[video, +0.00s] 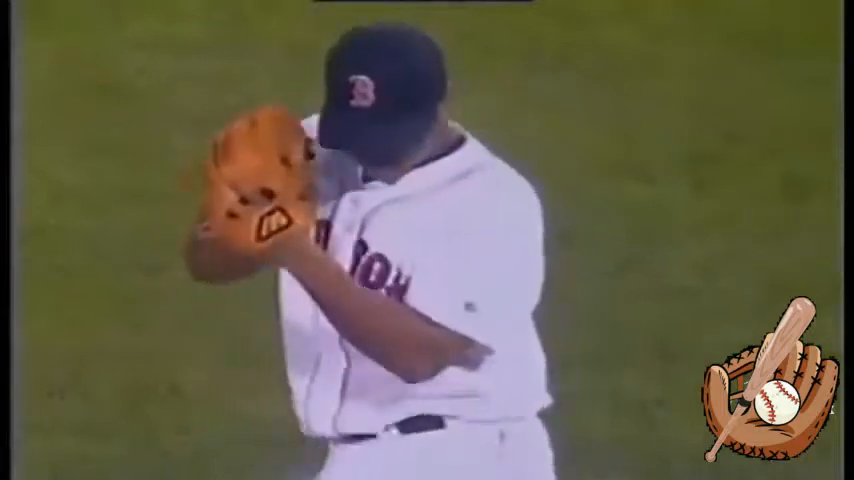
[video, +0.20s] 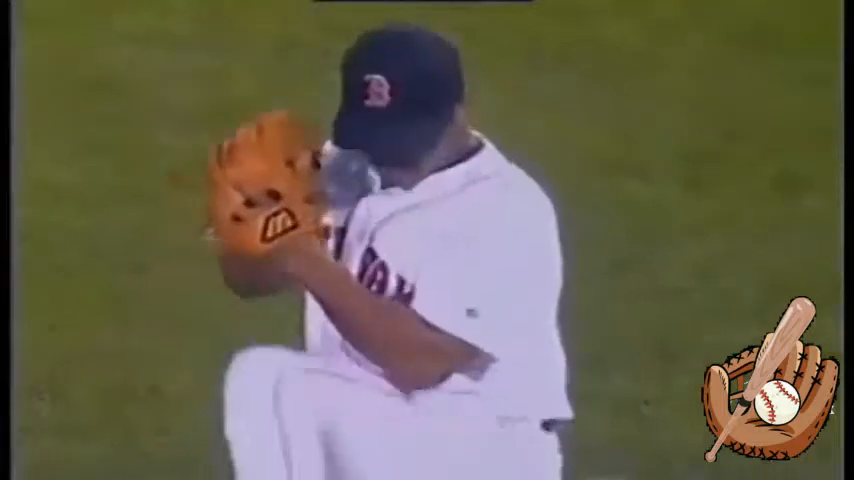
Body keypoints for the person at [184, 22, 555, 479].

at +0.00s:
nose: (372, 158)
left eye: (389, 142)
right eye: (356, 141)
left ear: (437, 111)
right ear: (338, 112)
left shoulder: (499, 200)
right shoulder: (307, 151)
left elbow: (418, 355)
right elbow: (204, 261)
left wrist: (296, 252)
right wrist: (257, 217)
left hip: (475, 451)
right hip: (352, 455)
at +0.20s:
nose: (388, 161)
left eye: (407, 145)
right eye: (374, 143)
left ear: (455, 116)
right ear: (355, 118)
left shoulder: (511, 210)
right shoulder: (348, 172)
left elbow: (417, 364)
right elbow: (250, 280)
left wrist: (302, 259)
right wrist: (249, 215)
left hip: (498, 446)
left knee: (288, 392)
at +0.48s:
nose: (425, 194)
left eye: (442, 178)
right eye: (402, 181)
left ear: (469, 162)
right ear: (366, 170)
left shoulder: (517, 263)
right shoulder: (354, 227)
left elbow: (525, 445)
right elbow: (341, 360)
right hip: (410, 467)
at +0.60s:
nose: (431, 249)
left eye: (446, 229)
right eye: (407, 234)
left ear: (462, 212)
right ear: (359, 229)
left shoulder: (511, 319)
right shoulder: (335, 296)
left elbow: (552, 468)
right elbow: (353, 419)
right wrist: (342, 463)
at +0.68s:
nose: (427, 292)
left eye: (441, 269)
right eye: (401, 278)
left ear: (457, 252)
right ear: (355, 272)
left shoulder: (509, 346)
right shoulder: (327, 335)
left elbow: (565, 468)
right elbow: (336, 446)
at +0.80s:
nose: (443, 293)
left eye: (453, 270)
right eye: (416, 285)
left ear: (466, 247)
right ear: (376, 287)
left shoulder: (540, 320)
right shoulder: (366, 307)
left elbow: (672, 392)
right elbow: (399, 418)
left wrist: (711, 466)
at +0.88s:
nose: (492, 239)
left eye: (500, 215)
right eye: (478, 224)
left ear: (522, 198)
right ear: (457, 225)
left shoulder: (626, 255)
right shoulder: (475, 292)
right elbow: (438, 221)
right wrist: (415, 172)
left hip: (687, 466)